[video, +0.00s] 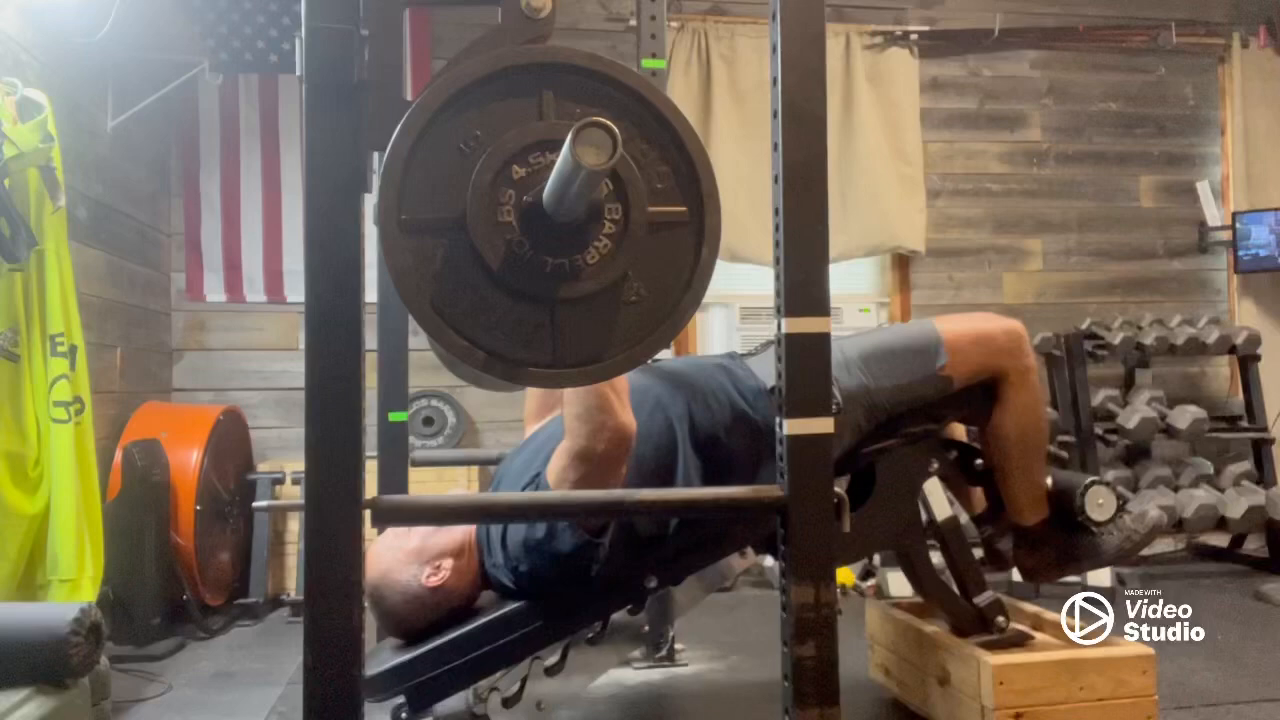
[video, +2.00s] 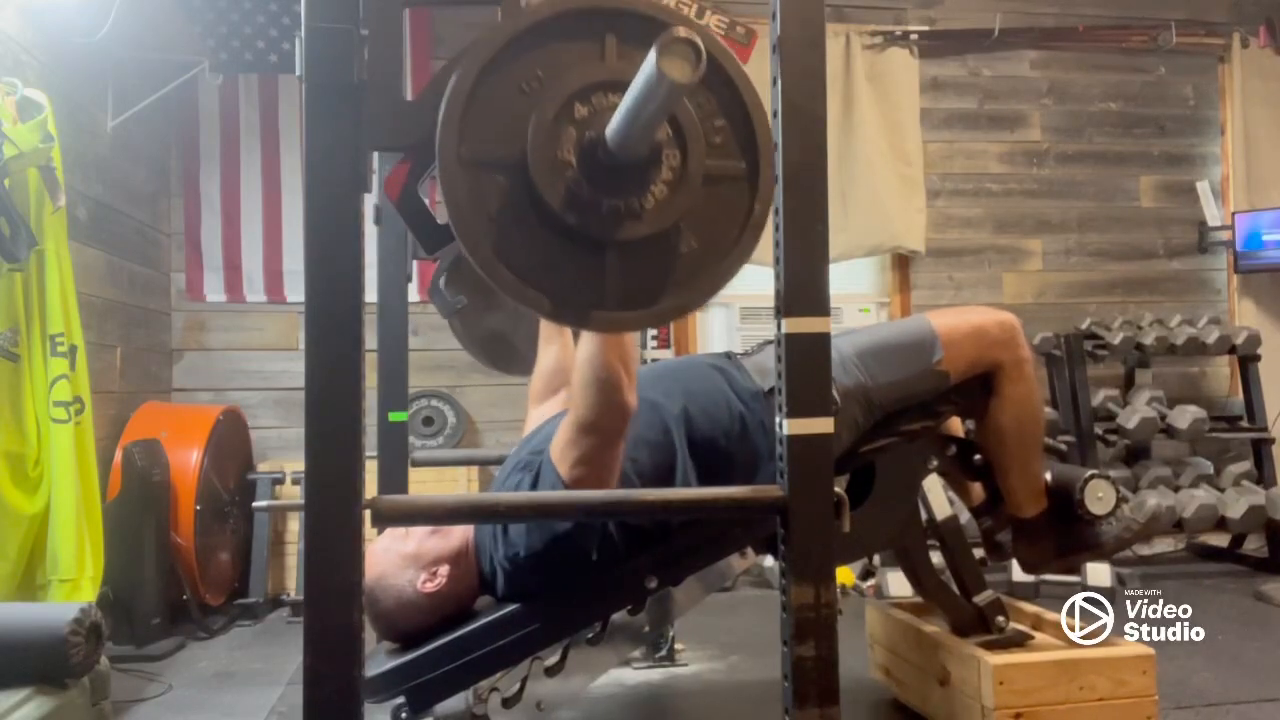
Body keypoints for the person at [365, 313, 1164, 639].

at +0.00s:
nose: (421, 532)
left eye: (405, 536)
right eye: (417, 549)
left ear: (431, 549)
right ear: (446, 578)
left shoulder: (494, 503)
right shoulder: (534, 552)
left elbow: (571, 409)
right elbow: (604, 422)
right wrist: (560, 291)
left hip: (747, 376)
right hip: (772, 425)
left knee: (961, 332)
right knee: (1006, 343)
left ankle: (993, 491)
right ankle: (1033, 530)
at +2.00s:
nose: (416, 529)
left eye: (397, 533)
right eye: (412, 550)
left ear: (428, 547)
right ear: (444, 582)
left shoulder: (497, 497)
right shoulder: (532, 549)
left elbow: (559, 373)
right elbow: (606, 401)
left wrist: (544, 220)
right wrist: (607, 231)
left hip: (740, 377)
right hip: (773, 425)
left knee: (934, 323)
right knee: (998, 336)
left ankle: (967, 469)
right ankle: (1031, 522)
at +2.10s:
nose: (412, 527)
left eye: (393, 533)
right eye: (408, 548)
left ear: (428, 554)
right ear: (443, 579)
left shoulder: (501, 498)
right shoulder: (531, 550)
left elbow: (569, 391)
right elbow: (622, 410)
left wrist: (562, 237)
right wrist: (609, 254)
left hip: (738, 374)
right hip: (771, 424)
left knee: (932, 325)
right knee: (998, 336)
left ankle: (972, 469)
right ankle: (1032, 523)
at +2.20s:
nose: (416, 530)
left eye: (398, 533)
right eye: (413, 549)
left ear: (427, 547)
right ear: (445, 579)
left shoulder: (495, 497)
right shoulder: (524, 549)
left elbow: (601, 418)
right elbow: (639, 439)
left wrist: (587, 300)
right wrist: (609, 304)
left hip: (743, 376)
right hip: (766, 426)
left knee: (934, 323)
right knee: (999, 337)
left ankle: (977, 470)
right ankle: (1032, 523)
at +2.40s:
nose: (417, 531)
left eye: (399, 534)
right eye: (414, 550)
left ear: (425, 545)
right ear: (443, 579)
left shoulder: (492, 501)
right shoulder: (522, 545)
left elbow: (608, 430)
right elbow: (656, 490)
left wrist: (650, 325)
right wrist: (668, 356)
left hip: (742, 381)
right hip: (766, 431)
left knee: (931, 324)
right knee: (999, 337)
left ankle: (978, 466)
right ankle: (1033, 520)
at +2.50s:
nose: (418, 531)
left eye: (399, 536)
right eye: (416, 552)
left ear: (423, 544)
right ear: (445, 580)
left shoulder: (490, 502)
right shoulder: (526, 546)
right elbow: (652, 530)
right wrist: (679, 395)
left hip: (714, 390)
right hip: (747, 441)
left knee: (921, 320)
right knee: (999, 339)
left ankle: (985, 476)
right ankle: (1034, 525)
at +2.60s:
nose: (418, 529)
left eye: (400, 536)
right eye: (417, 548)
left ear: (427, 549)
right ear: (446, 576)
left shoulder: (495, 501)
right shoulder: (532, 542)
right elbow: (695, 531)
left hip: (712, 396)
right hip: (752, 438)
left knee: (917, 316)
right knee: (999, 339)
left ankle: (983, 476)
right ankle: (1034, 527)